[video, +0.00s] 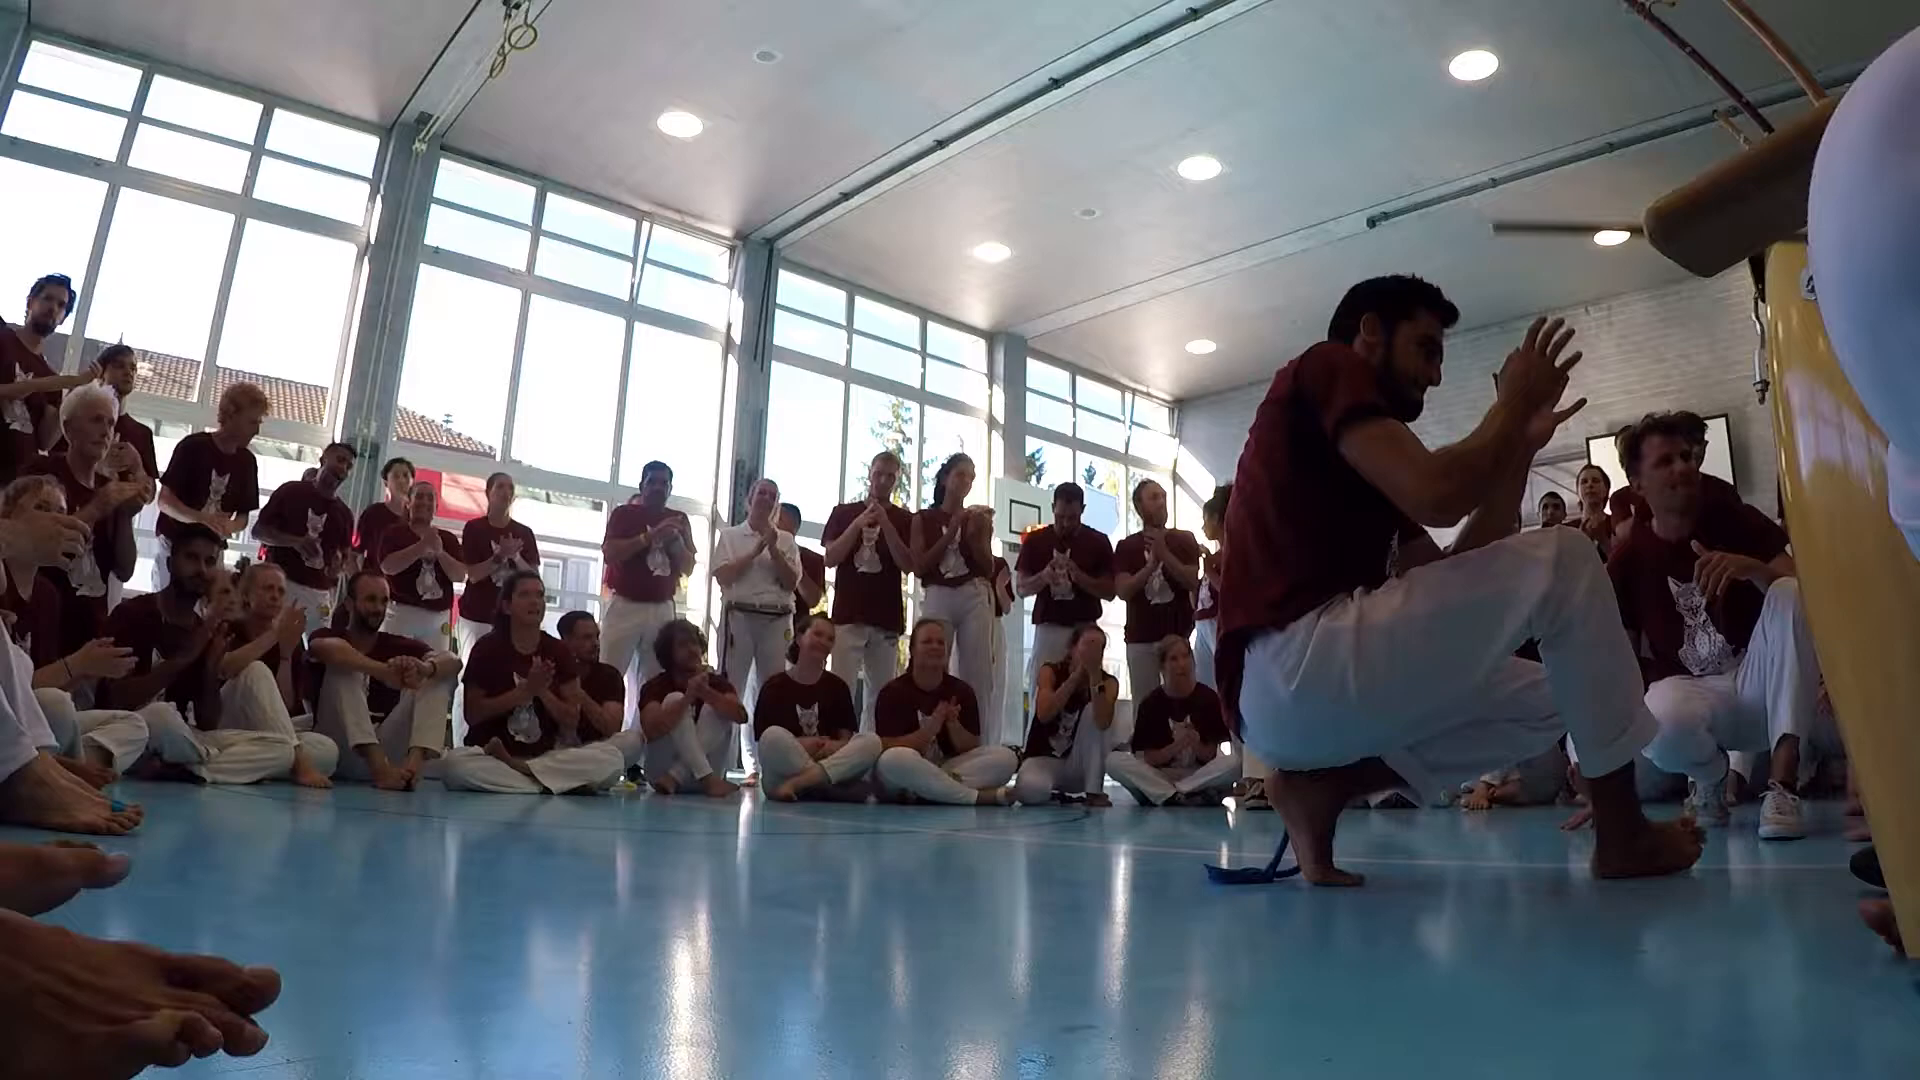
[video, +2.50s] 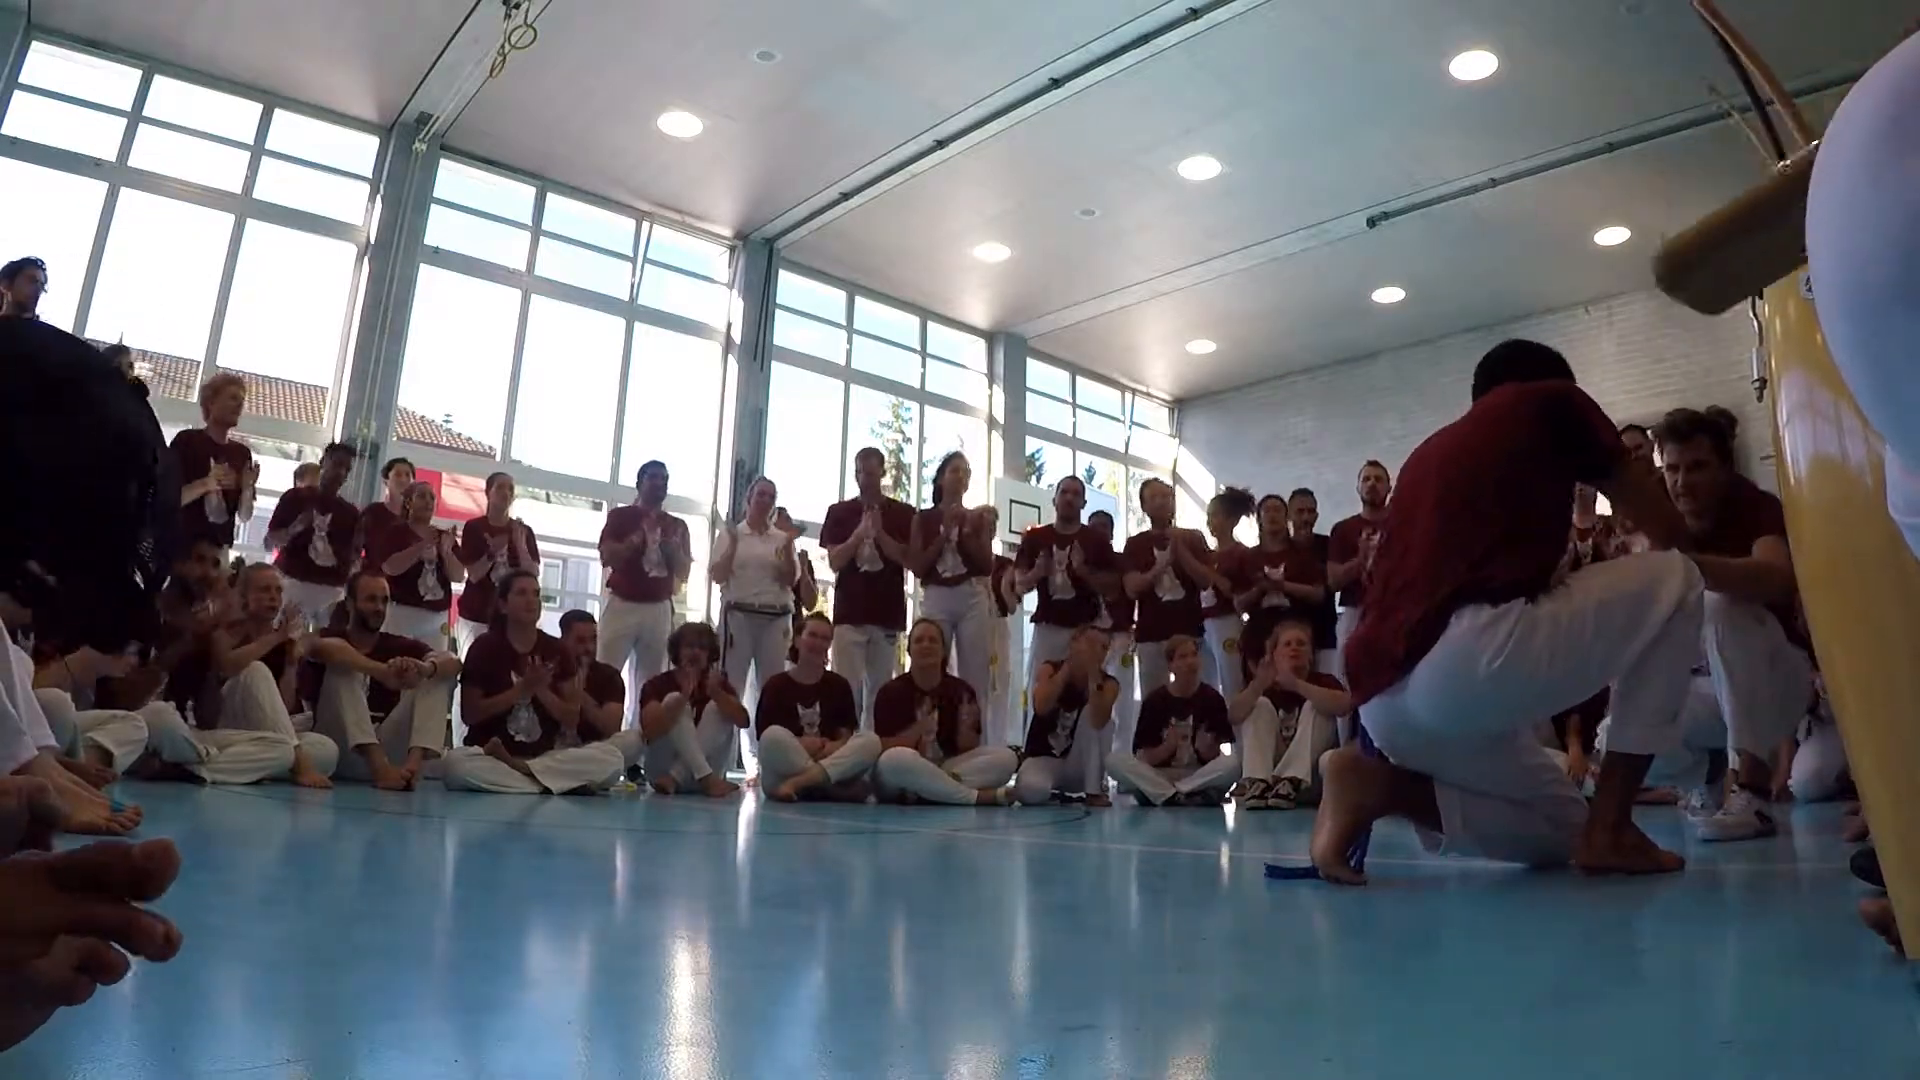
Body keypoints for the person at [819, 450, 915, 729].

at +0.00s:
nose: (883, 480)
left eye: (889, 476)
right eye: (878, 474)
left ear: (897, 480)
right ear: (869, 474)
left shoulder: (904, 518)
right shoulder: (843, 513)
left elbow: (908, 566)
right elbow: (831, 559)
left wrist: (886, 525)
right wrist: (857, 525)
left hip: (886, 619)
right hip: (848, 617)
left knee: (883, 697)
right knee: (840, 692)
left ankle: (881, 759)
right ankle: (838, 759)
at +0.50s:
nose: (878, 479)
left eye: (885, 475)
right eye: (874, 473)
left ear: (895, 478)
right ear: (866, 473)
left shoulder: (903, 517)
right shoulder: (842, 513)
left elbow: (910, 566)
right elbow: (830, 560)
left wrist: (887, 526)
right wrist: (848, 525)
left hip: (887, 619)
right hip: (848, 617)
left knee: (882, 695)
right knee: (842, 692)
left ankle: (880, 755)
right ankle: (839, 755)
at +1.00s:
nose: (877, 483)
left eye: (884, 478)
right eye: (874, 476)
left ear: (894, 479)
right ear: (867, 475)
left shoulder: (905, 517)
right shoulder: (845, 513)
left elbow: (905, 562)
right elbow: (840, 558)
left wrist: (878, 526)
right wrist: (866, 523)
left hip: (888, 617)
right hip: (850, 616)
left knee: (886, 694)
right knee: (841, 691)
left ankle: (883, 757)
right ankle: (837, 755)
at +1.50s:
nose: (882, 493)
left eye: (889, 488)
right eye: (878, 486)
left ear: (898, 486)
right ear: (870, 480)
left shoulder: (908, 519)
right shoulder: (848, 512)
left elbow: (908, 562)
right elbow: (841, 555)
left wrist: (884, 523)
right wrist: (868, 525)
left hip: (889, 619)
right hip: (851, 616)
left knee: (887, 693)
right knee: (844, 690)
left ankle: (882, 756)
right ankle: (840, 753)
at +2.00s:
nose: (881, 486)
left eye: (887, 480)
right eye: (876, 479)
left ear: (896, 480)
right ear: (868, 476)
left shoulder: (909, 516)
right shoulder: (846, 511)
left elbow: (913, 563)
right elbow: (834, 557)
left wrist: (887, 523)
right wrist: (859, 525)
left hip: (888, 618)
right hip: (849, 616)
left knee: (885, 695)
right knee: (841, 690)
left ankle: (881, 757)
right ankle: (838, 753)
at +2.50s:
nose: (863, 477)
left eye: (870, 471)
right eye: (859, 472)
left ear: (882, 472)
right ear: (855, 474)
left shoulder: (904, 513)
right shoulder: (839, 512)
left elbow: (908, 558)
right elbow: (835, 562)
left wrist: (880, 534)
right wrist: (859, 534)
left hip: (888, 617)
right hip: (849, 616)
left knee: (881, 692)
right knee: (846, 691)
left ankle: (879, 754)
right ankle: (844, 755)